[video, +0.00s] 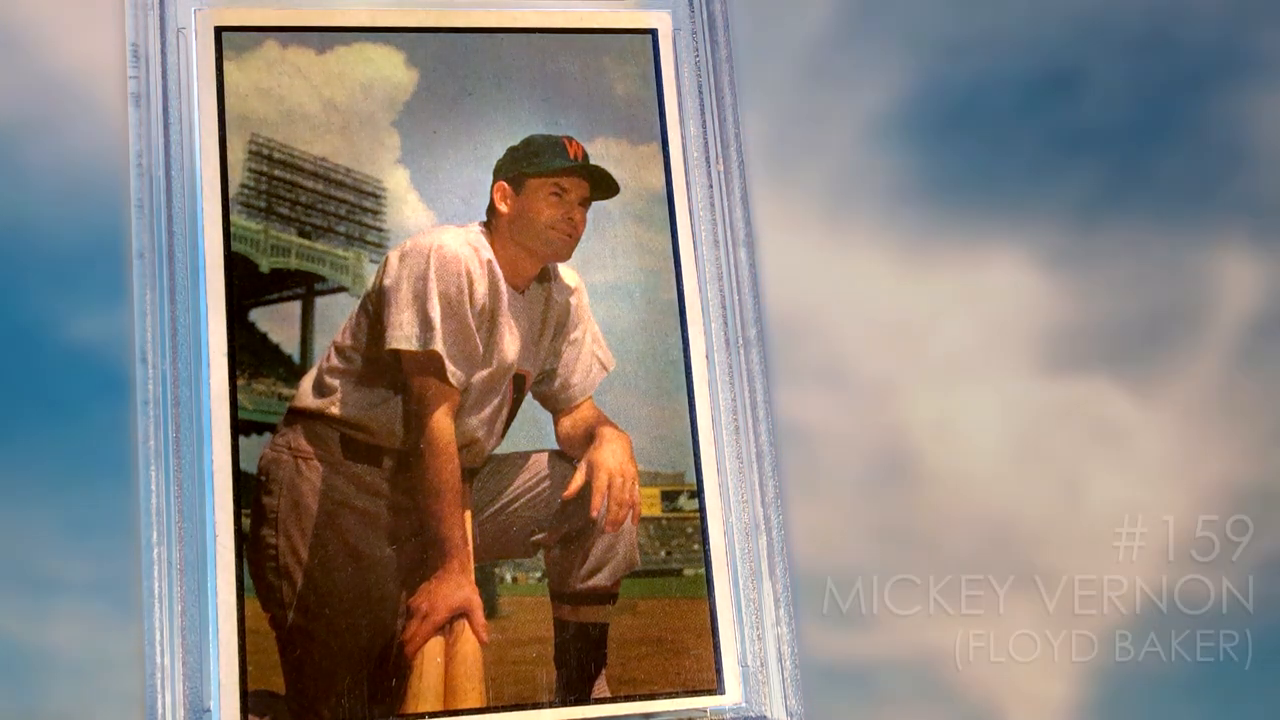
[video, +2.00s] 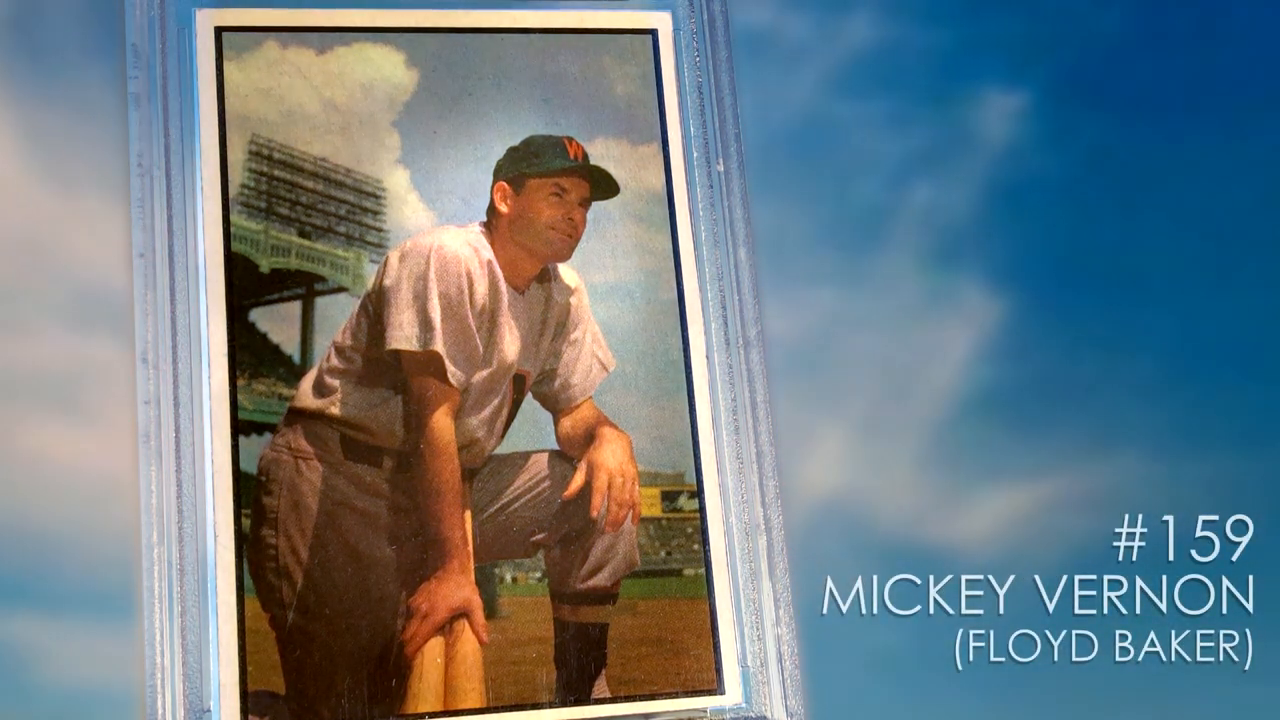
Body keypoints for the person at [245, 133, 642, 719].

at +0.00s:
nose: (576, 215)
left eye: (584, 203)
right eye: (557, 194)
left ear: (587, 217)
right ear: (504, 197)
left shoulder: (560, 295)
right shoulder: (442, 256)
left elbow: (575, 417)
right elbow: (432, 420)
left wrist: (609, 434)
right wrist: (454, 566)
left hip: (439, 485)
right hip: (334, 478)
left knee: (594, 488)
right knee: (347, 701)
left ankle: (580, 698)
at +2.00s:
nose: (576, 216)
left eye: (584, 203)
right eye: (558, 194)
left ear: (587, 217)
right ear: (505, 197)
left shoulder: (560, 296)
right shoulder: (443, 256)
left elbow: (575, 416)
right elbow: (432, 420)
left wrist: (609, 434)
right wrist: (454, 566)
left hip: (439, 487)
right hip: (334, 480)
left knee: (593, 488)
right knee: (349, 703)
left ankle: (580, 698)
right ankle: (243, 707)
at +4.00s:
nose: (577, 215)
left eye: (584, 203)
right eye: (559, 193)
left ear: (586, 217)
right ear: (505, 197)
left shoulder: (559, 295)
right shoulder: (442, 257)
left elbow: (575, 416)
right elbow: (431, 421)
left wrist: (609, 435)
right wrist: (454, 566)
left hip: (440, 487)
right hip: (335, 480)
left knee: (595, 488)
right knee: (347, 704)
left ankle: (580, 696)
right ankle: (236, 706)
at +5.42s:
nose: (576, 216)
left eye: (584, 204)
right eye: (557, 194)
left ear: (586, 217)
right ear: (505, 197)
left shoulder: (560, 296)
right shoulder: (441, 257)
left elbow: (575, 415)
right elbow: (432, 420)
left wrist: (609, 435)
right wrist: (454, 566)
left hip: (439, 485)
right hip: (334, 477)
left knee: (595, 488)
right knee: (349, 700)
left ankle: (580, 695)